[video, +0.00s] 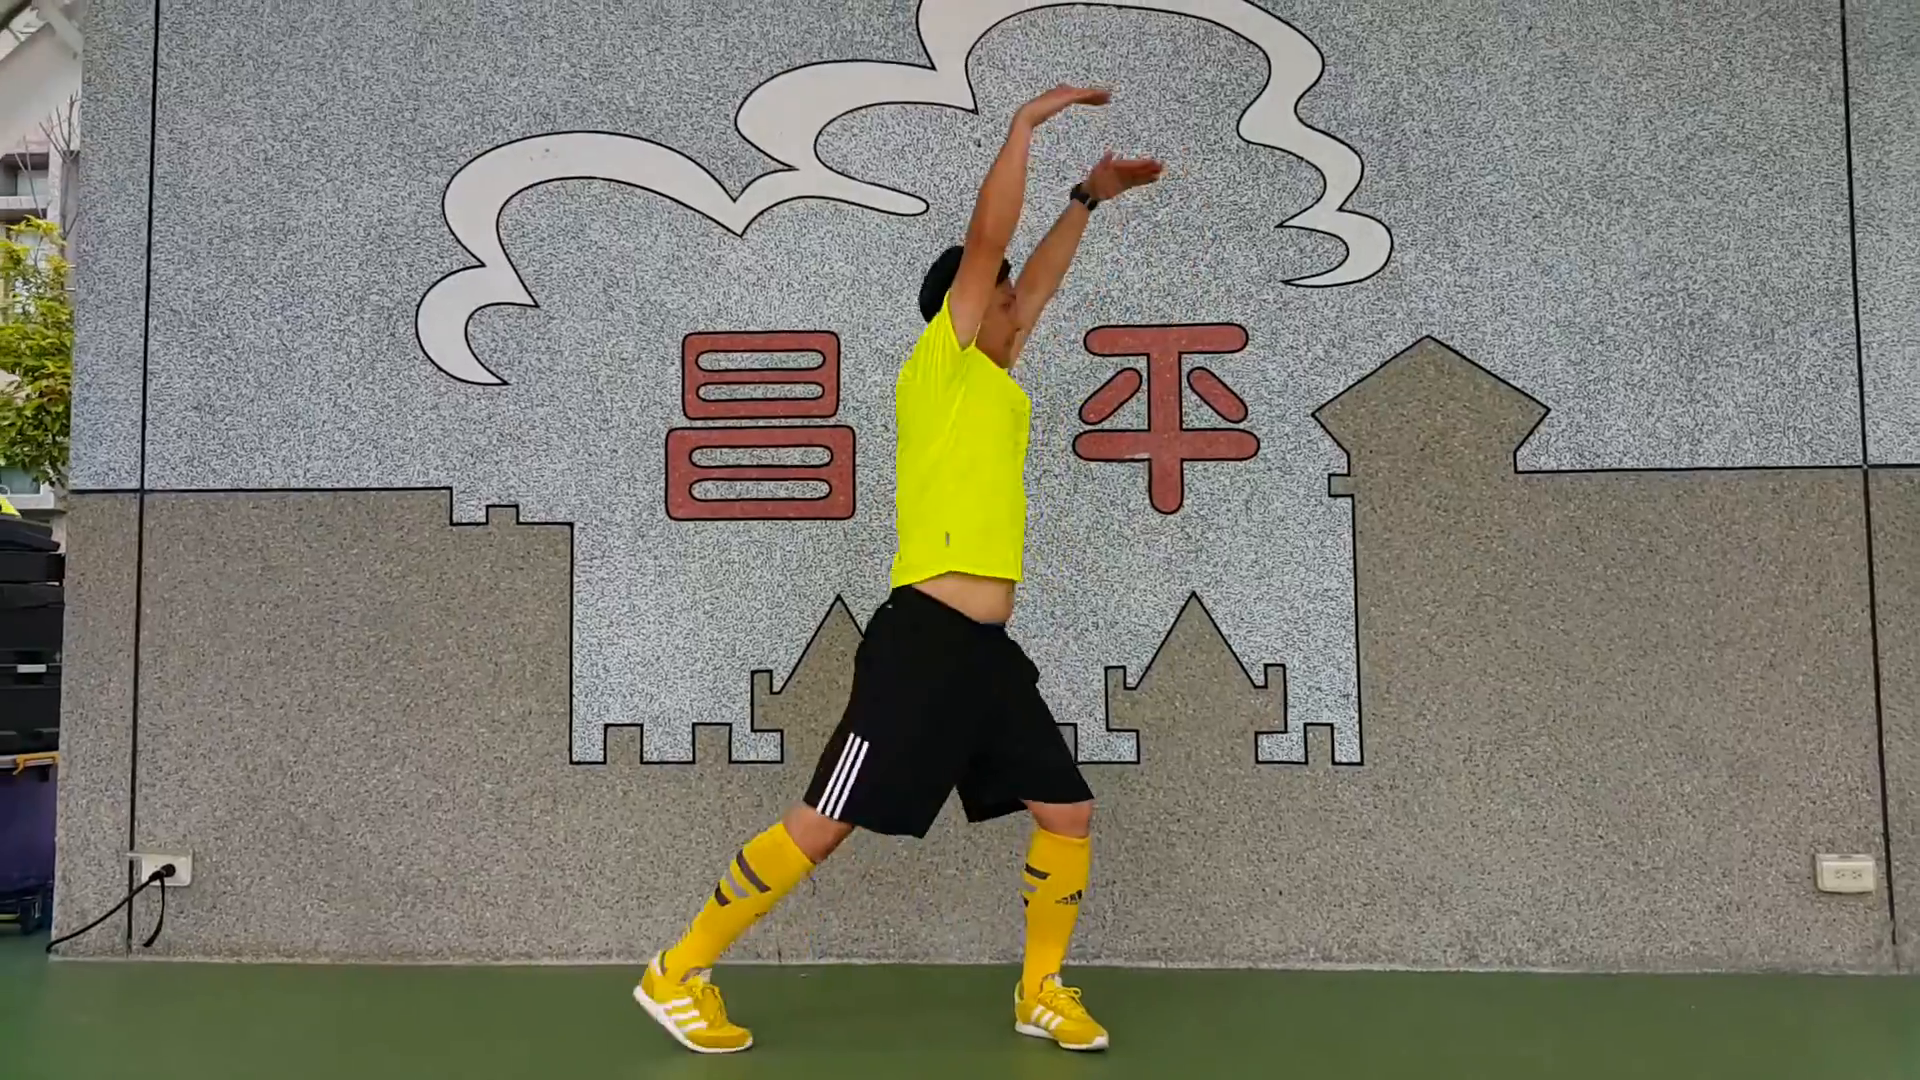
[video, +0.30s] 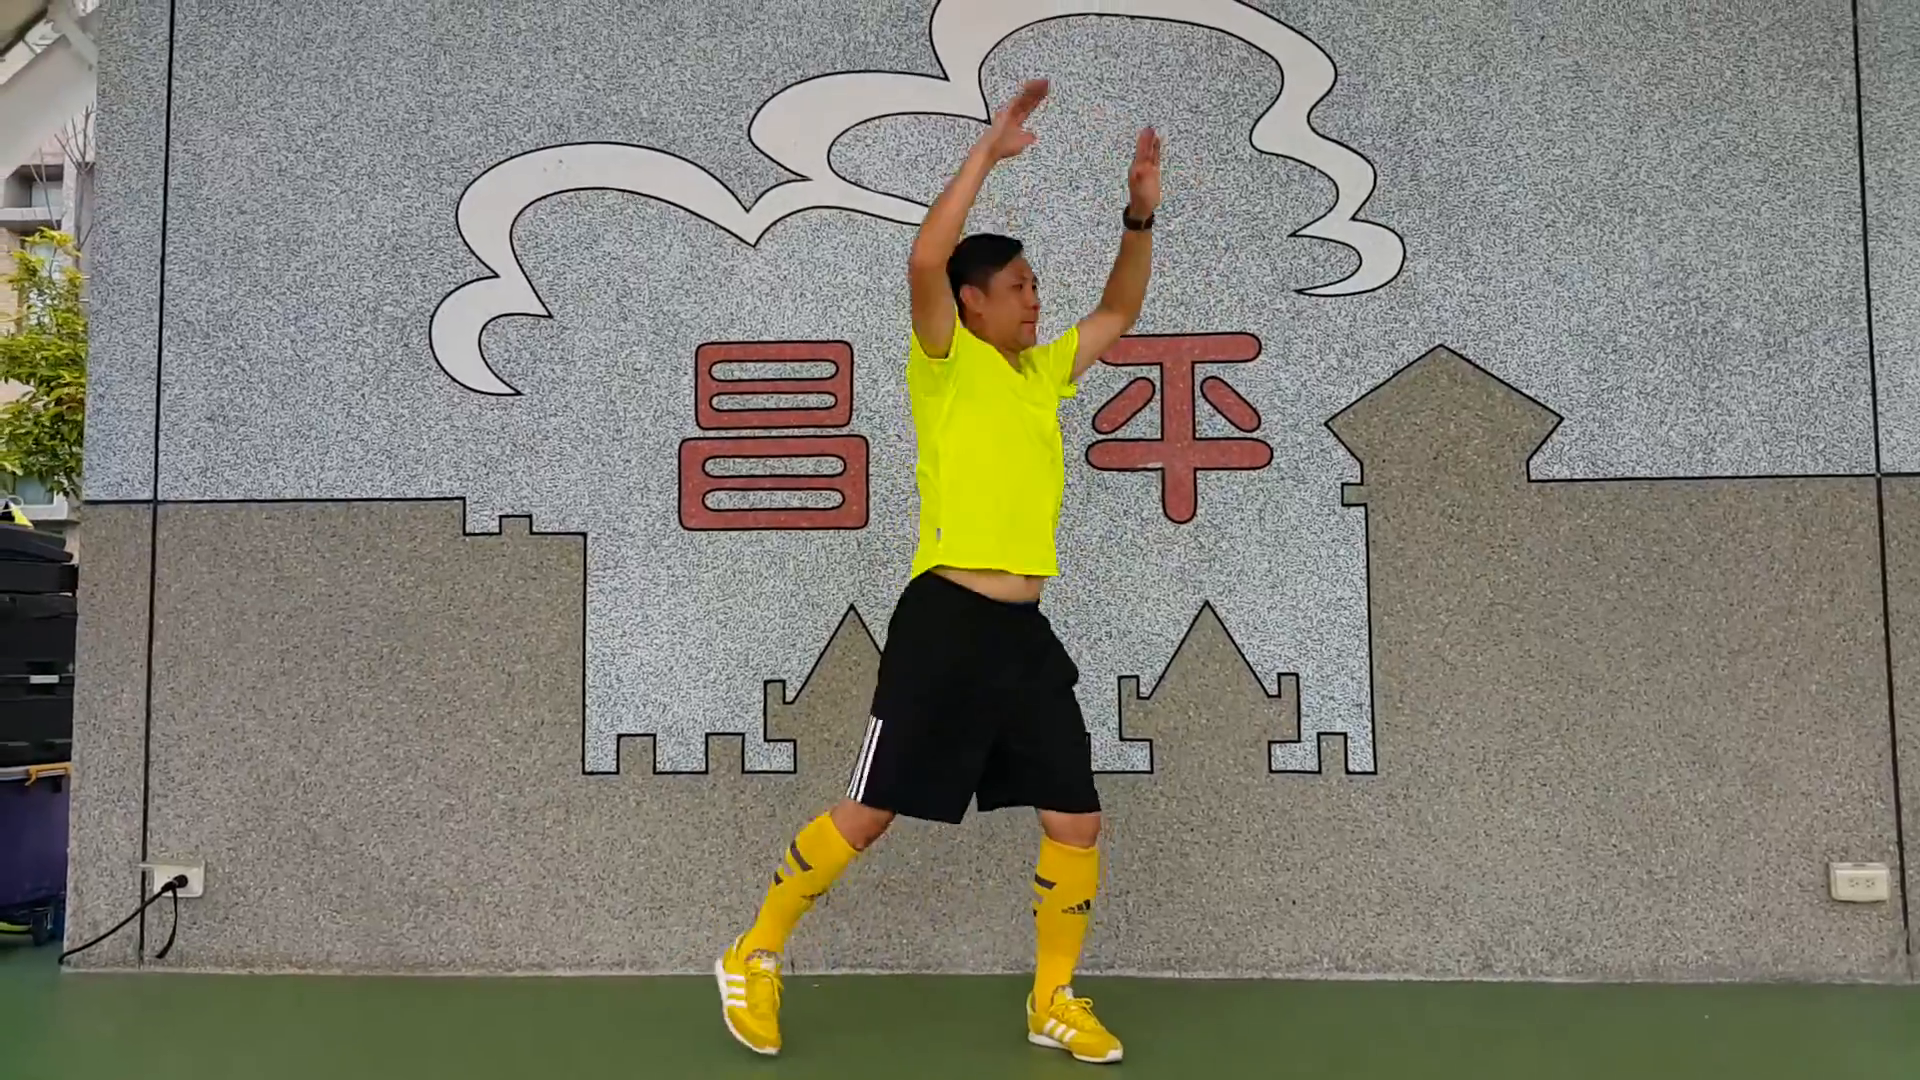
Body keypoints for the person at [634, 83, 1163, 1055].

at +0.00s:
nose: (1011, 301)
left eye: (1012, 291)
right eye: (994, 285)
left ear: (993, 309)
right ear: (957, 298)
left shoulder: (988, 377)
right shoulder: (938, 361)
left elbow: (1036, 292)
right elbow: (989, 246)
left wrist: (1086, 200)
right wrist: (1023, 125)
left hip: (991, 653)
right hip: (919, 641)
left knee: (1067, 812)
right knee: (823, 824)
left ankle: (1041, 994)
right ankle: (676, 974)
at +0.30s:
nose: (1034, 297)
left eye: (1035, 284)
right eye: (1016, 285)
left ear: (1031, 302)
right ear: (967, 299)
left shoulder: (1044, 372)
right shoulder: (943, 361)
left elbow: (1118, 311)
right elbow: (928, 262)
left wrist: (1141, 212)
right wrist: (989, 148)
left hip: (1027, 632)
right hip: (940, 622)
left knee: (1076, 820)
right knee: (867, 815)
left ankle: (1054, 1003)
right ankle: (752, 956)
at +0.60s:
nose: (962, 291)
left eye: (979, 274)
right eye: (956, 280)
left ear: (1026, 281)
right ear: (952, 297)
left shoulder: (1081, 378)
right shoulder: (928, 396)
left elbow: (1119, 498)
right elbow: (891, 511)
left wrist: (1106, 454)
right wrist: (842, 473)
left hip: (1048, 634)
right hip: (942, 633)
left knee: (1071, 823)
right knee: (922, 817)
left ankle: (1050, 1000)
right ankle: (927, 1011)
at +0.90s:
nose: (961, 316)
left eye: (978, 300)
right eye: (965, 302)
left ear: (1022, 308)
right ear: (977, 317)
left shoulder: (1057, 371)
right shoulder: (979, 382)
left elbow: (993, 253)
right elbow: (916, 316)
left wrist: (933, 151)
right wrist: (866, 230)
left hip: (1077, 645)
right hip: (994, 657)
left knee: (1173, 831)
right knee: (916, 824)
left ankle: (1313, 990)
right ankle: (915, 1009)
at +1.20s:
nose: (978, 310)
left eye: (994, 297)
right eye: (976, 298)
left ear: (1041, 305)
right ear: (977, 311)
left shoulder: (1072, 373)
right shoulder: (961, 378)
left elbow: (1064, 263)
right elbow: (890, 300)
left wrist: (997, 162)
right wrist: (856, 197)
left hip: (1059, 635)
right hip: (966, 644)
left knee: (1158, 811)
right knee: (896, 817)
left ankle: (1275, 970)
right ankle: (909, 999)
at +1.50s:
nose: (985, 276)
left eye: (999, 262)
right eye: (968, 265)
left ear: (1023, 279)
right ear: (947, 285)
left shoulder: (1063, 375)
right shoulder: (913, 379)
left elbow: (1117, 485)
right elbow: (842, 477)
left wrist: (1140, 437)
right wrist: (794, 418)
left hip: (1032, 611)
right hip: (930, 612)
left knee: (1079, 792)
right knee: (897, 794)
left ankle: (1132, 979)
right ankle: (864, 975)